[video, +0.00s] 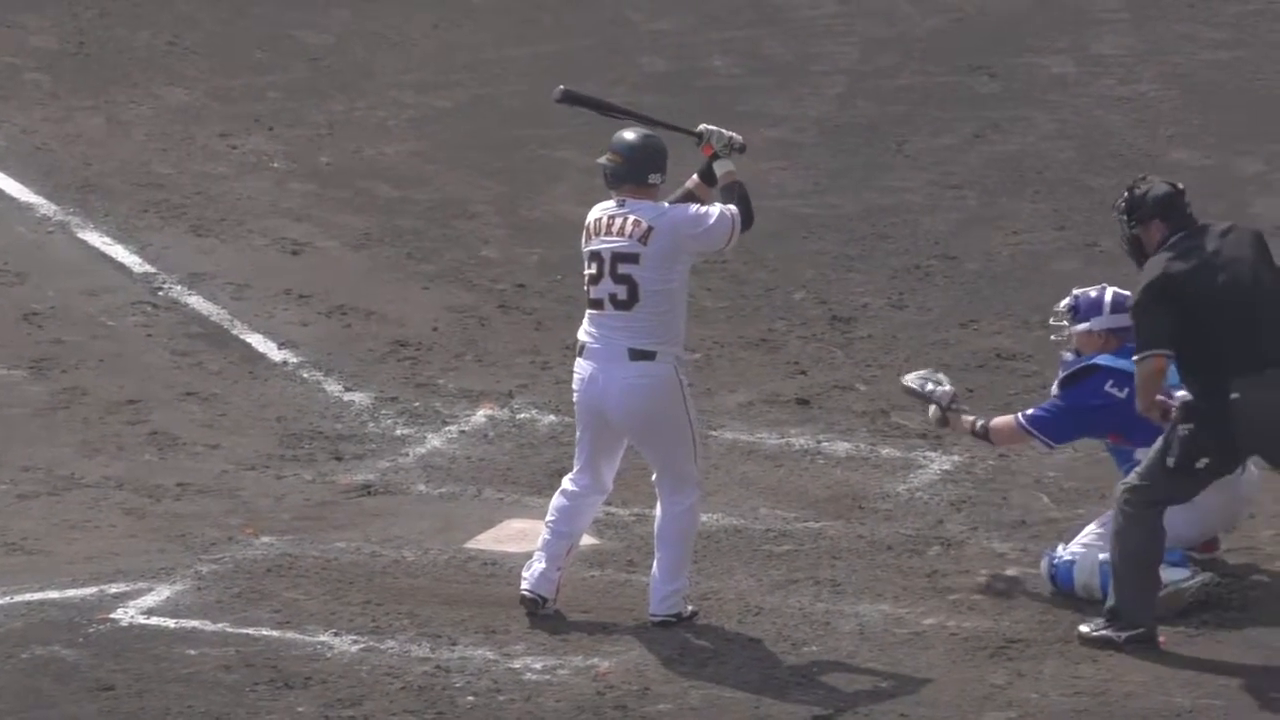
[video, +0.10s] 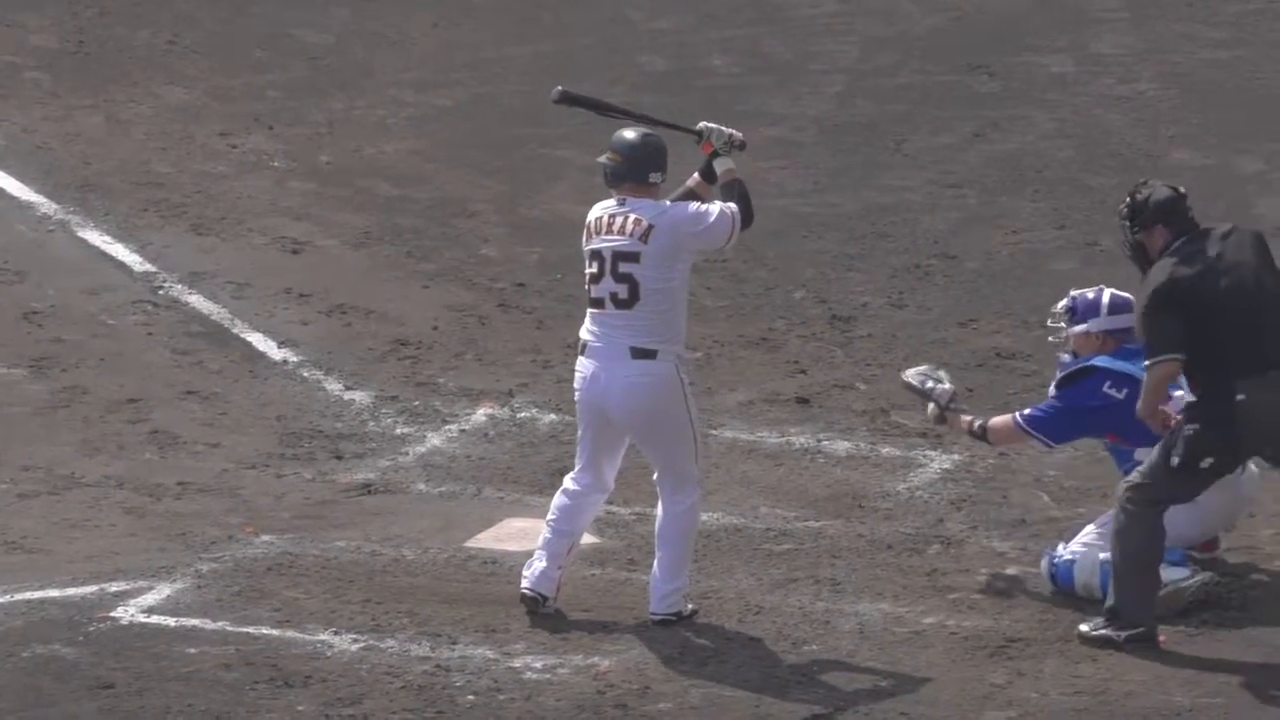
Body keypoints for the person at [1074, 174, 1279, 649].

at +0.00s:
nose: (1135, 238)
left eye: (1137, 228)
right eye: (1133, 228)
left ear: (1155, 227)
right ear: (1184, 215)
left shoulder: (1160, 280)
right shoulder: (1247, 238)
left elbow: (1154, 363)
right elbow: (1270, 306)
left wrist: (1148, 403)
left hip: (1227, 408)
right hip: (1272, 397)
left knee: (1137, 498)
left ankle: (1131, 622)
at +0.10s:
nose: (1137, 242)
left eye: (1140, 232)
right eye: (1135, 232)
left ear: (1159, 231)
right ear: (1187, 220)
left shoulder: (1167, 281)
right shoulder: (1248, 239)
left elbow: (1167, 364)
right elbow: (1266, 308)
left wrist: (1149, 407)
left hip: (1236, 409)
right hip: (1271, 397)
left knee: (1139, 498)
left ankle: (1131, 621)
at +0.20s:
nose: (1149, 245)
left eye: (1151, 235)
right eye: (1147, 235)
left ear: (1169, 232)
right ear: (1196, 219)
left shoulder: (1182, 277)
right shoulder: (1256, 238)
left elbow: (1189, 362)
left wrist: (1156, 415)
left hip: (1245, 409)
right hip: (1272, 397)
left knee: (1150, 495)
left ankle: (1130, 618)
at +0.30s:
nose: (1154, 241)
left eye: (1155, 232)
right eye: (1153, 231)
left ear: (1174, 231)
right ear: (1200, 218)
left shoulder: (1194, 278)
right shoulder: (1260, 236)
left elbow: (1200, 365)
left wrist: (1162, 429)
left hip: (1254, 411)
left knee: (1165, 498)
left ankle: (1127, 616)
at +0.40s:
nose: (1154, 246)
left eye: (1156, 237)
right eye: (1153, 236)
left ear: (1175, 236)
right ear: (1200, 224)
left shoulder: (1192, 285)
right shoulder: (1260, 242)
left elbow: (1199, 373)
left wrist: (1166, 441)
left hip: (1256, 418)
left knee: (1163, 501)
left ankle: (1135, 619)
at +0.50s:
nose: (1148, 259)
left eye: (1150, 249)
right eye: (1145, 249)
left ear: (1170, 248)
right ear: (1196, 235)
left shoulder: (1184, 295)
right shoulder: (1254, 251)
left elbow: (1191, 385)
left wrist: (1162, 452)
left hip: (1258, 426)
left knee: (1155, 498)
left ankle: (1132, 618)